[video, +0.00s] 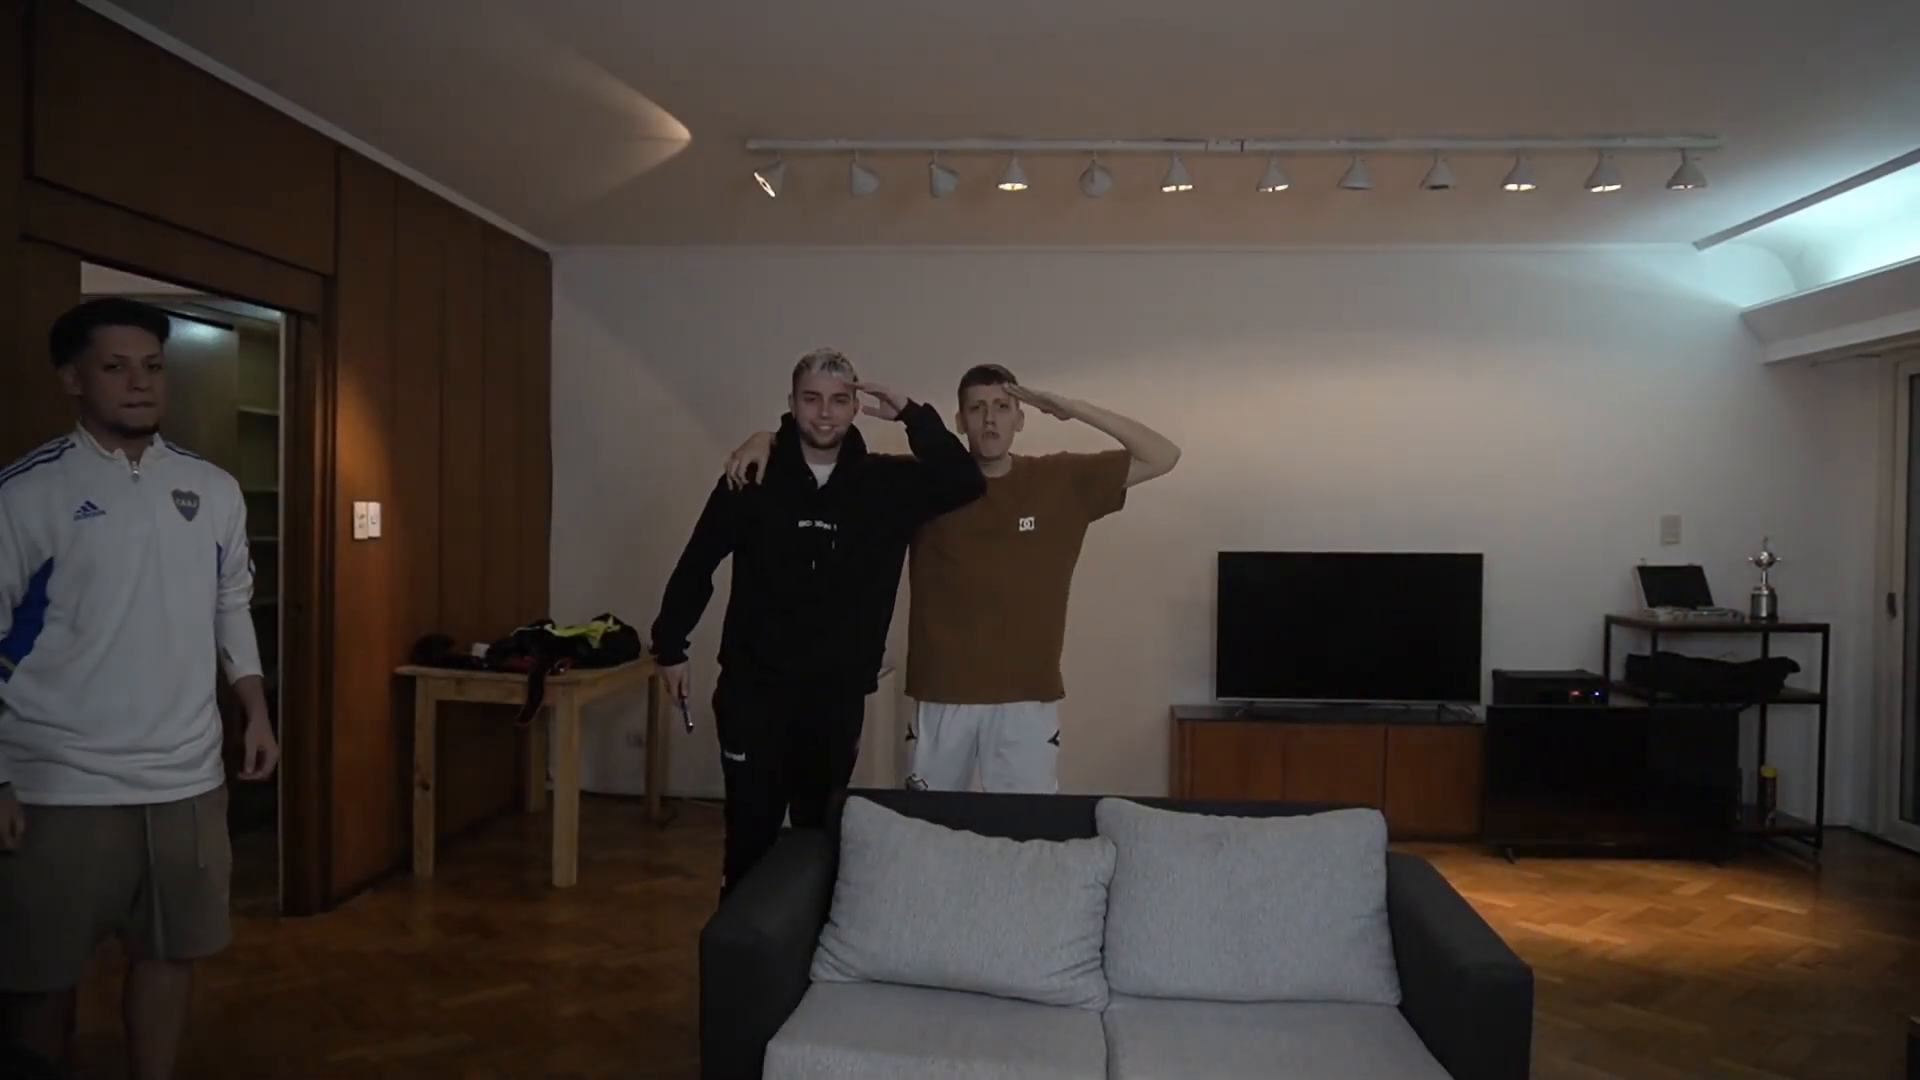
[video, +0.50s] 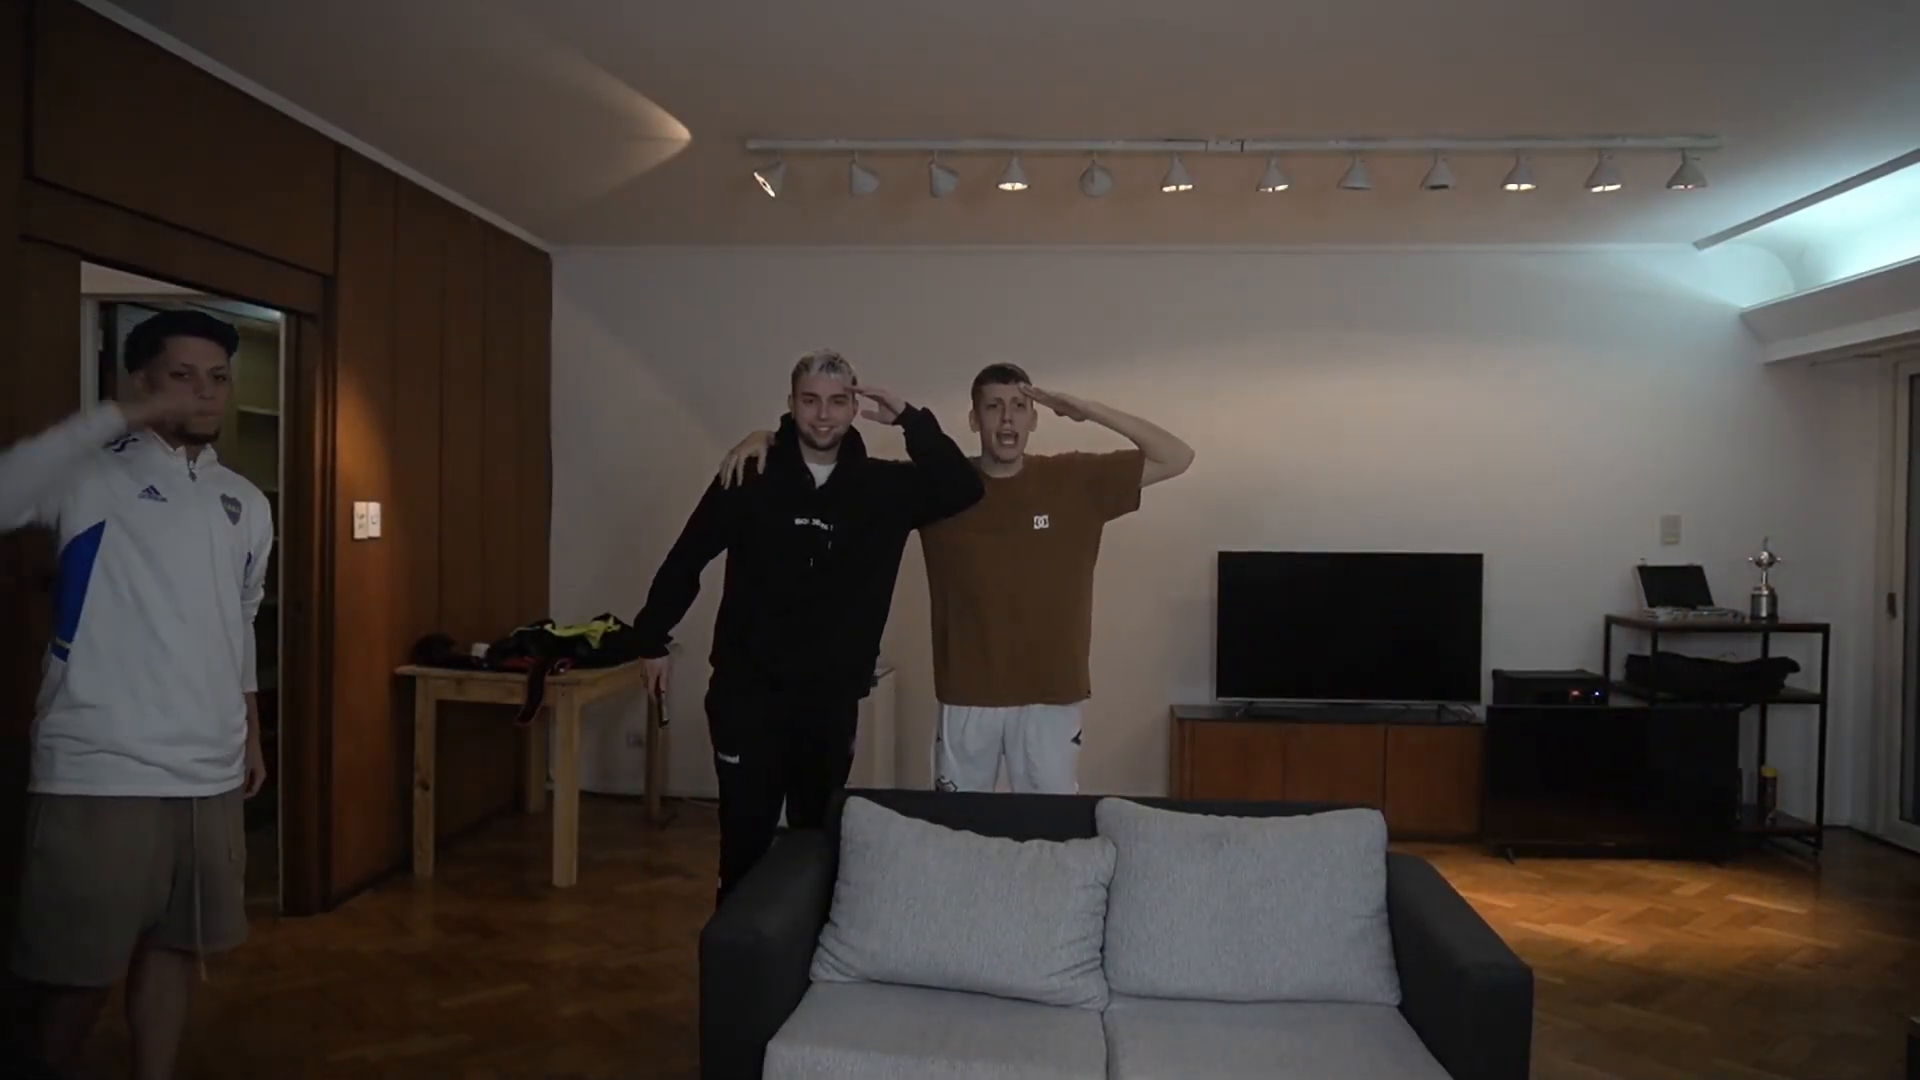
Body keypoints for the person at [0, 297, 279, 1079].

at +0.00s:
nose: (140, 380)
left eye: (152, 365)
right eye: (116, 367)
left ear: (165, 377)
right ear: (73, 381)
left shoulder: (215, 491)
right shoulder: (28, 493)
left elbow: (234, 610)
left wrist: (256, 707)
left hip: (186, 780)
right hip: (60, 784)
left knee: (168, 964)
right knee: (43, 987)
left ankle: (154, 1074)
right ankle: (43, 1079)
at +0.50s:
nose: (203, 390)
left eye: (218, 377)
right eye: (182, 375)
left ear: (231, 391)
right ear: (138, 384)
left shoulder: (247, 504)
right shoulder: (88, 469)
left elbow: (241, 628)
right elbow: (7, 495)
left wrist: (247, 725)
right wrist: (122, 411)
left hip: (206, 773)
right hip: (98, 771)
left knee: (174, 957)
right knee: (77, 976)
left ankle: (155, 1073)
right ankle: (53, 1074)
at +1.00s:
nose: (203, 390)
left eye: (216, 378)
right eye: (182, 374)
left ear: (227, 392)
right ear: (138, 384)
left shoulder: (246, 506)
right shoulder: (70, 459)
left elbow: (248, 625)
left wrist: (264, 724)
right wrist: (84, 357)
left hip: (203, 770)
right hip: (87, 767)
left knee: (172, 958)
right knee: (71, 972)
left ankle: (155, 1074)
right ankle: (53, 1075)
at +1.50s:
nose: (156, 391)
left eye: (173, 376)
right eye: (136, 373)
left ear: (191, 388)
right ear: (101, 381)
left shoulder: (219, 507)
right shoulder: (31, 465)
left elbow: (225, 623)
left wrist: (235, 735)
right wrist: (32, 358)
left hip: (169, 778)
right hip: (41, 774)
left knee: (155, 963)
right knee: (16, 972)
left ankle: (152, 1076)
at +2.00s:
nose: (11, 383)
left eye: (29, 365)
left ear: (65, 379)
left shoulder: (106, 504)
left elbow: (126, 632)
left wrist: (141, 754)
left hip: (76, 790)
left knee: (116, 984)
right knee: (16, 1002)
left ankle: (126, 1073)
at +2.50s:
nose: (2, 379)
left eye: (6, 365)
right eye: (3, 363)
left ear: (25, 373)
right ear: (16, 370)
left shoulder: (81, 493)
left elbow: (123, 625)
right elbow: (124, 626)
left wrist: (138, 758)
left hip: (50, 802)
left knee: (45, 1021)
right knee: (35, 1020)